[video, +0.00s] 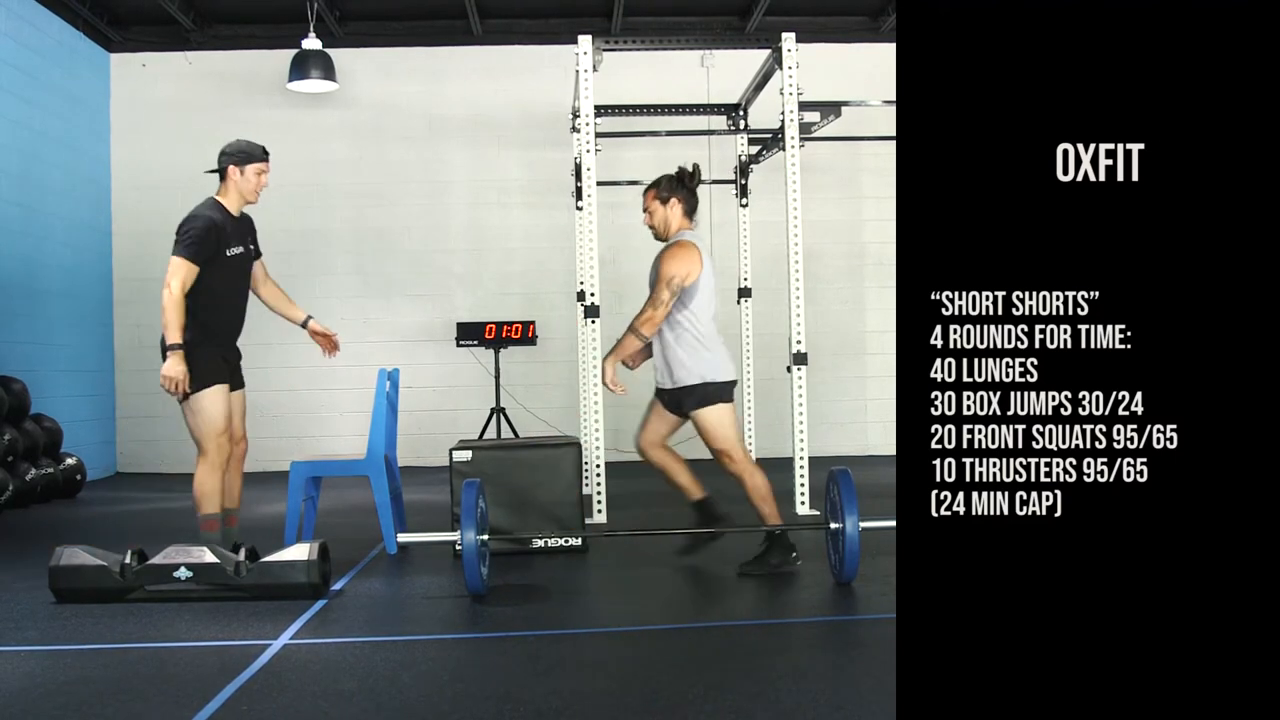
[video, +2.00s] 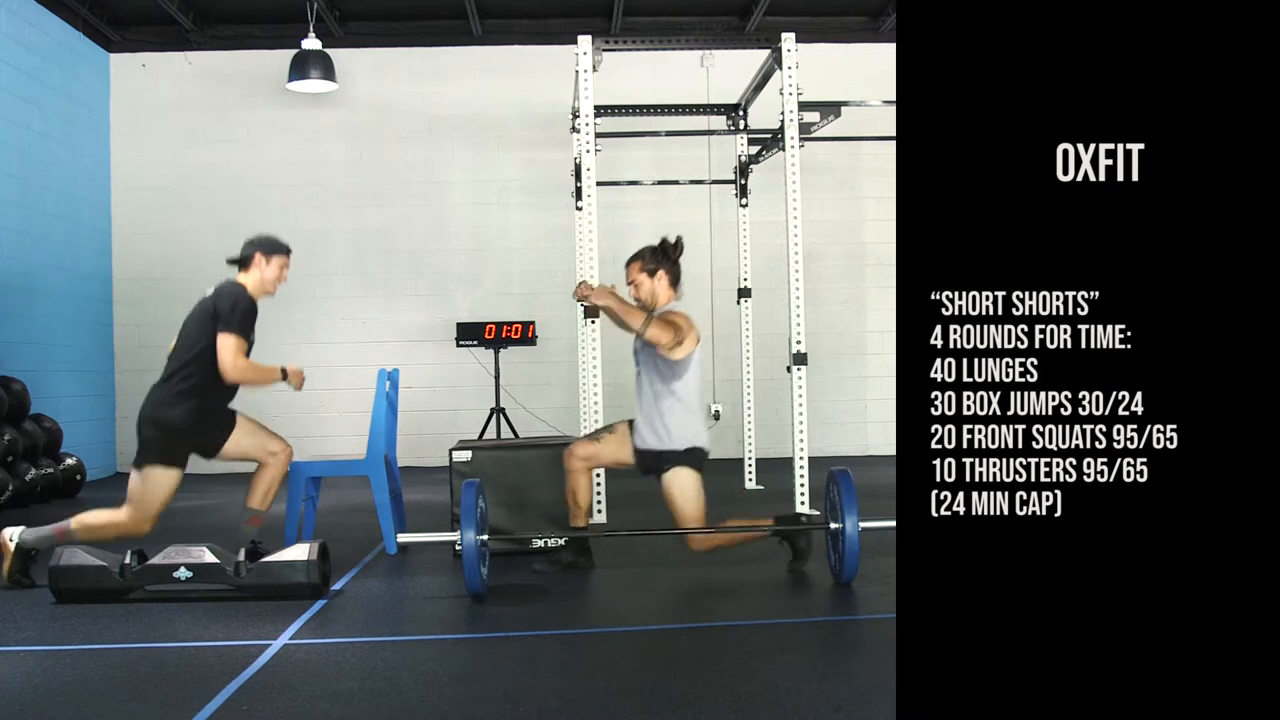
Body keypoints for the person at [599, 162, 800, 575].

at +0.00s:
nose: (645, 219)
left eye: (649, 210)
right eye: (644, 211)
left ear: (672, 206)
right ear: (675, 208)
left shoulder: (677, 254)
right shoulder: (684, 253)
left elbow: (654, 313)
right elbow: (673, 323)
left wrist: (613, 358)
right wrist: (640, 351)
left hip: (702, 378)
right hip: (680, 378)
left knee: (735, 458)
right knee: (649, 443)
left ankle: (779, 540)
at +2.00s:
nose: (632, 294)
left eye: (635, 285)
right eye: (629, 287)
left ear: (660, 278)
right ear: (654, 281)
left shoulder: (679, 322)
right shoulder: (654, 319)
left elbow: (662, 337)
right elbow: (631, 323)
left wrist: (613, 302)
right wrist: (601, 302)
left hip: (679, 445)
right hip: (646, 436)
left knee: (699, 540)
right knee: (577, 455)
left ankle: (783, 526)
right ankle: (579, 546)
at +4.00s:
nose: (584, 322)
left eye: (583, 313)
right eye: (581, 315)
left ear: (600, 305)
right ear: (614, 305)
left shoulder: (612, 348)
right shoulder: (638, 340)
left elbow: (585, 401)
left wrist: (549, 414)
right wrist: (603, 408)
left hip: (643, 447)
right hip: (673, 452)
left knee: (565, 458)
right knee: (680, 534)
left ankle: (599, 538)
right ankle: (755, 522)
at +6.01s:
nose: (506, 163)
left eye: (505, 155)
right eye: (502, 159)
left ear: (522, 139)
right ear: (523, 141)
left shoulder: (557, 167)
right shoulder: (543, 175)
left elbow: (590, 209)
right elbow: (571, 221)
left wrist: (584, 266)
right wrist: (564, 269)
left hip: (583, 268)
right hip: (568, 269)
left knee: (569, 337)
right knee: (558, 338)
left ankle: (576, 421)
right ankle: (571, 418)